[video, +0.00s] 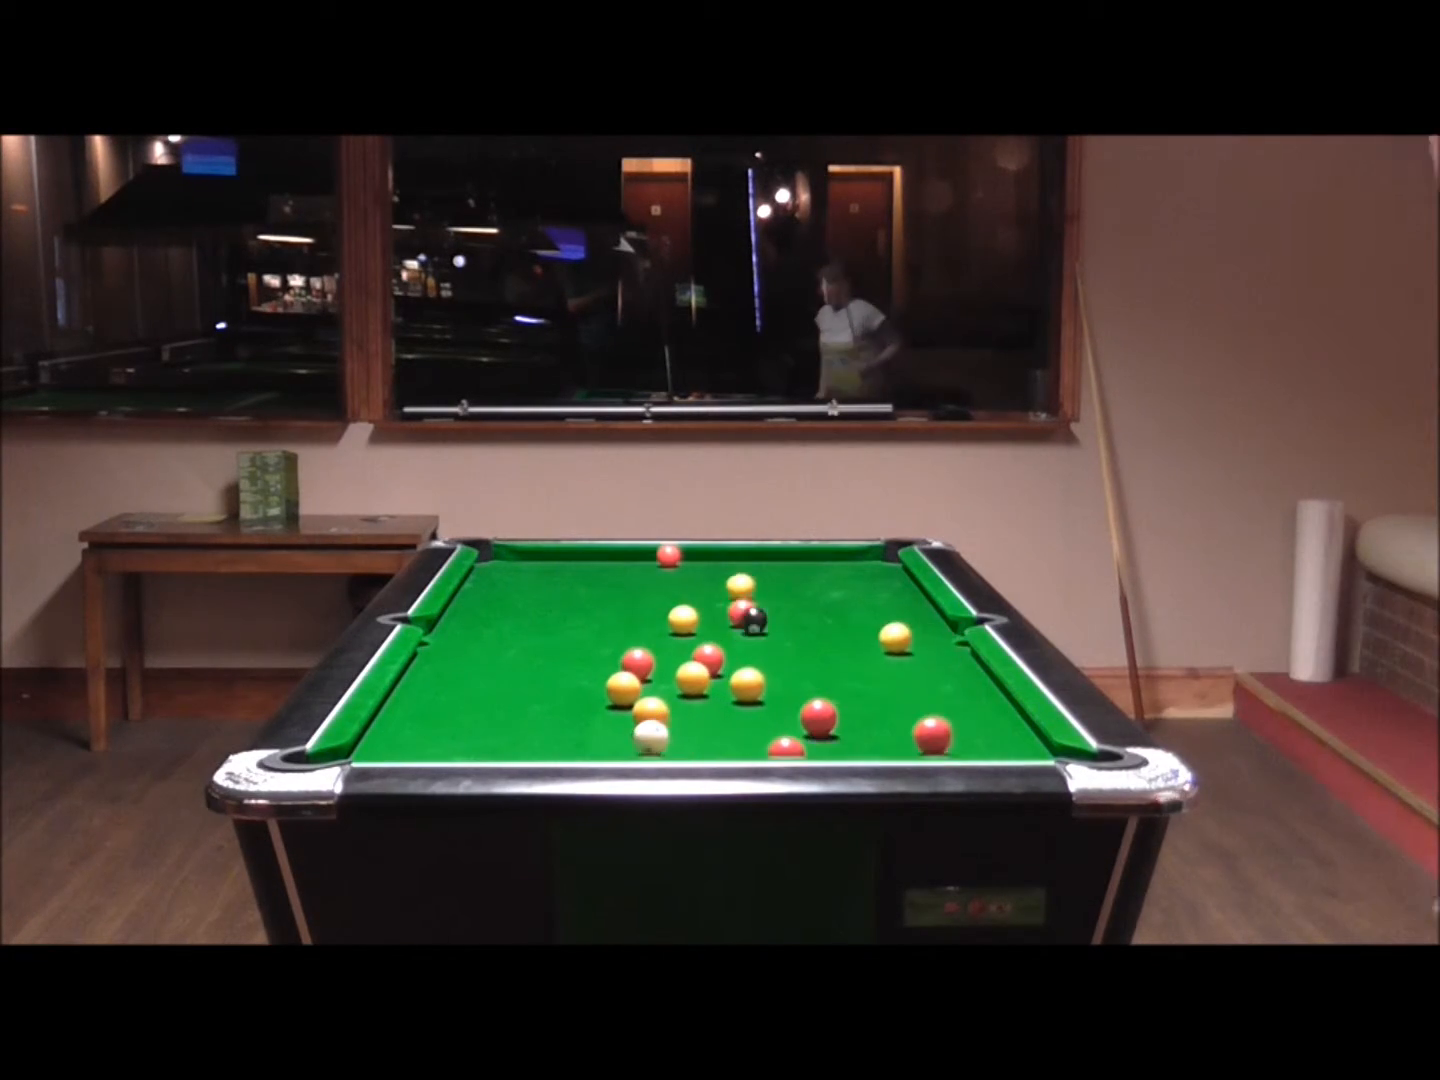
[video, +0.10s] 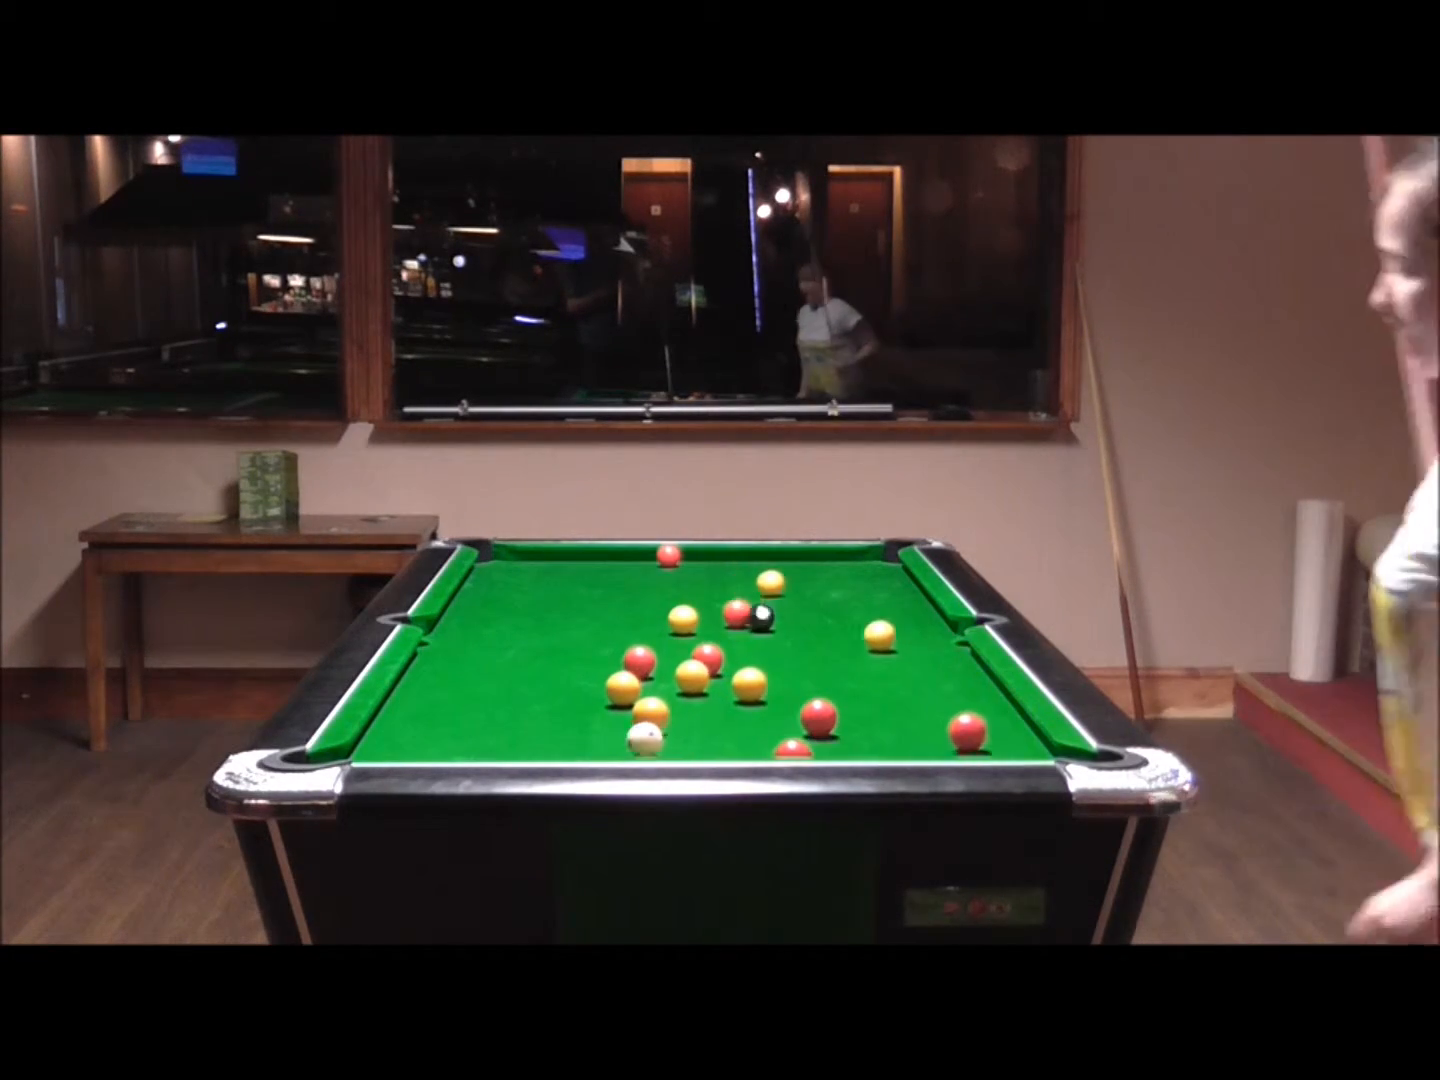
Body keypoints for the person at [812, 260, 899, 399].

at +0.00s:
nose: (826, 291)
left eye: (831, 285)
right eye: (824, 286)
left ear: (843, 286)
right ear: (821, 288)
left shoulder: (861, 310)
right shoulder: (823, 314)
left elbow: (895, 342)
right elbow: (825, 357)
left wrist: (870, 365)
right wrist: (823, 390)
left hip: (861, 392)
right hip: (832, 391)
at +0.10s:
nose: (804, 288)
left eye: (809, 282)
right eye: (802, 283)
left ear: (822, 284)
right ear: (801, 286)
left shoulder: (838, 309)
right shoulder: (803, 313)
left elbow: (871, 343)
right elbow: (806, 357)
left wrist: (847, 362)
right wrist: (804, 391)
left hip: (841, 389)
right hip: (814, 389)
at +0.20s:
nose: (793, 291)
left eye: (797, 286)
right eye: (791, 287)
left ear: (810, 284)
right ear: (788, 287)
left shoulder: (824, 307)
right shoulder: (791, 312)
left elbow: (856, 341)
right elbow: (795, 356)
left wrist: (832, 358)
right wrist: (790, 389)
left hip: (825, 387)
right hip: (800, 388)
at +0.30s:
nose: (776, 294)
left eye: (779, 288)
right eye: (773, 289)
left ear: (790, 283)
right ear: (770, 288)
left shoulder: (802, 304)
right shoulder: (773, 311)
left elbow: (836, 338)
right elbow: (777, 354)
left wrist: (813, 355)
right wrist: (769, 384)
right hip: (783, 385)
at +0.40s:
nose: (758, 287)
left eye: (763, 282)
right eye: (756, 282)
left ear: (777, 283)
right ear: (754, 284)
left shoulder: (789, 304)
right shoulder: (759, 309)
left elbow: (822, 339)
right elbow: (764, 353)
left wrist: (799, 356)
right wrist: (752, 383)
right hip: (772, 389)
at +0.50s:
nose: (738, 288)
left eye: (744, 282)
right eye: (736, 283)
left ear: (758, 285)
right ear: (734, 286)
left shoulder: (768, 309)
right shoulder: (738, 315)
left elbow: (800, 342)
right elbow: (736, 354)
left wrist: (780, 358)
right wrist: (726, 380)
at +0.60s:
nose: (721, 289)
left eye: (727, 283)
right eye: (719, 283)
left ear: (741, 286)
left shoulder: (751, 311)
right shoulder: (720, 315)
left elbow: (784, 345)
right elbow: (718, 354)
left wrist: (764, 361)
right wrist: (707, 380)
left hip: (760, 395)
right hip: (736, 395)